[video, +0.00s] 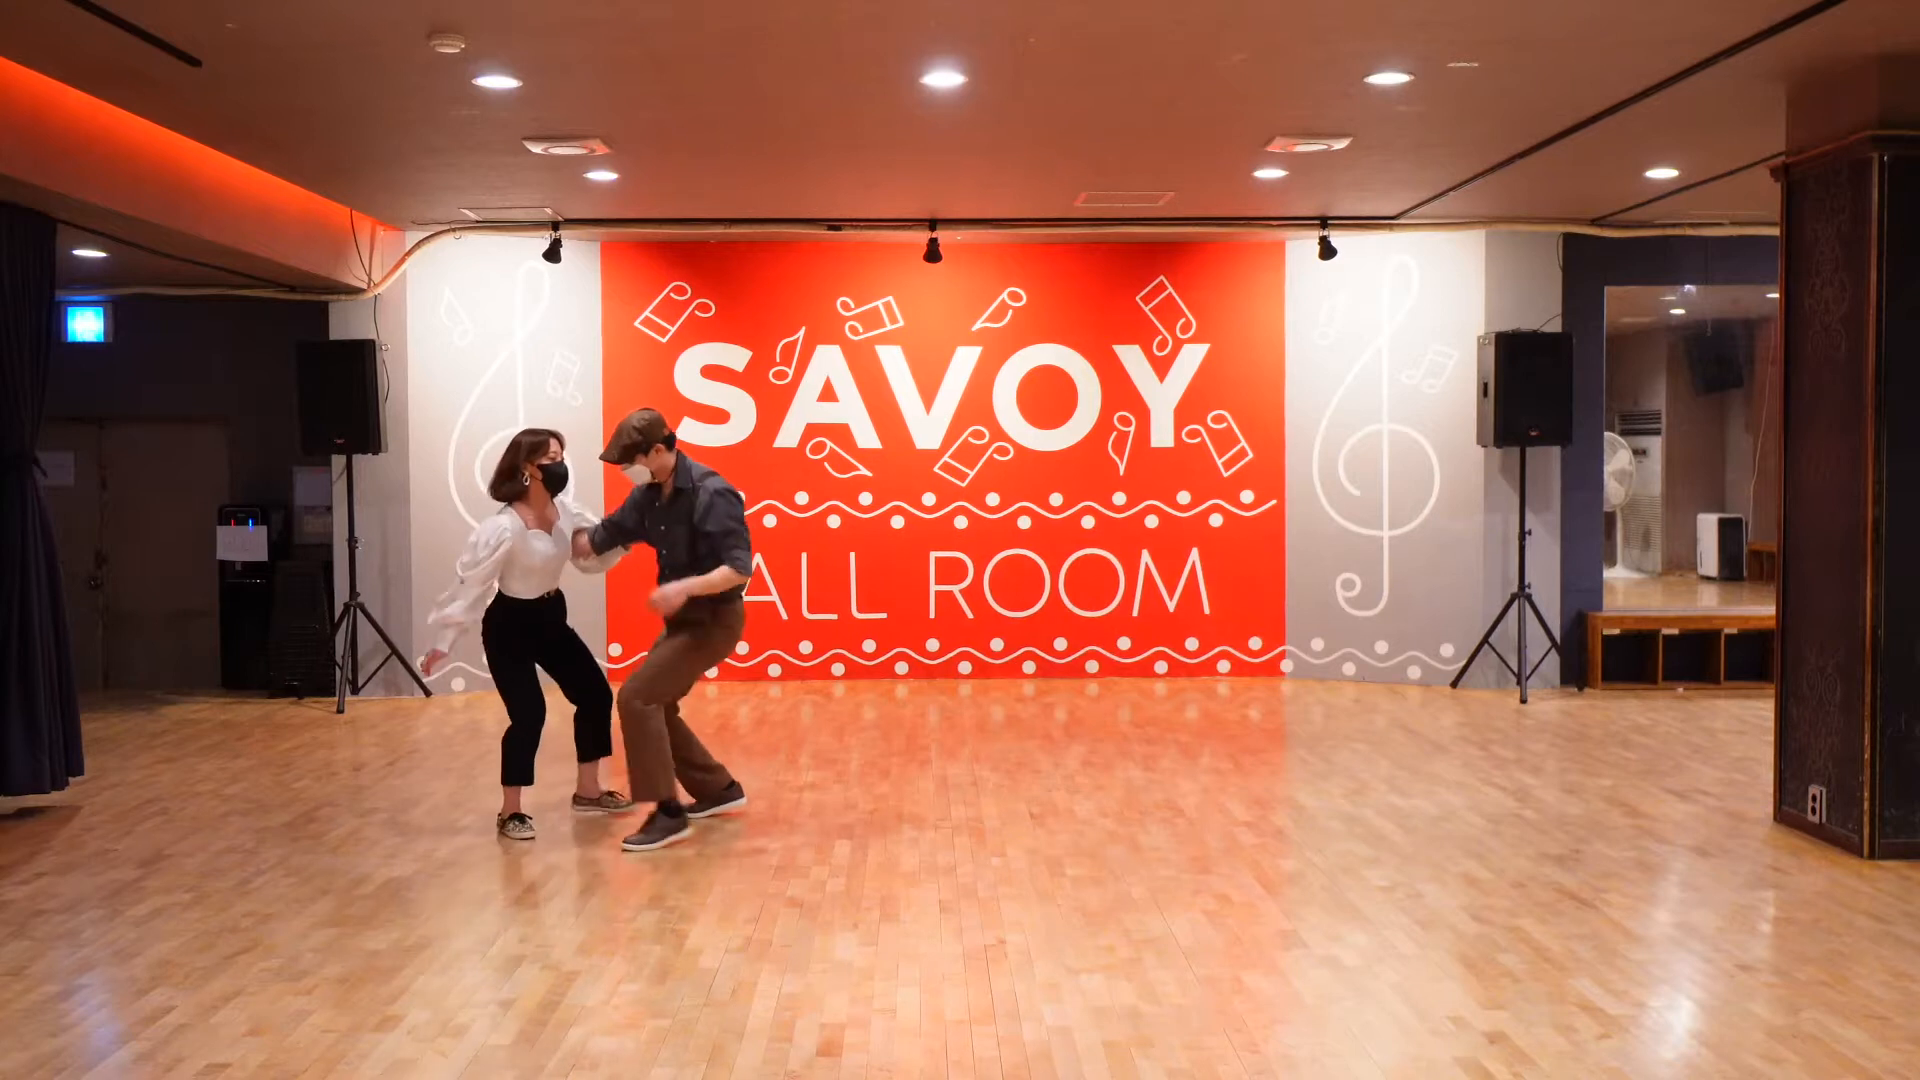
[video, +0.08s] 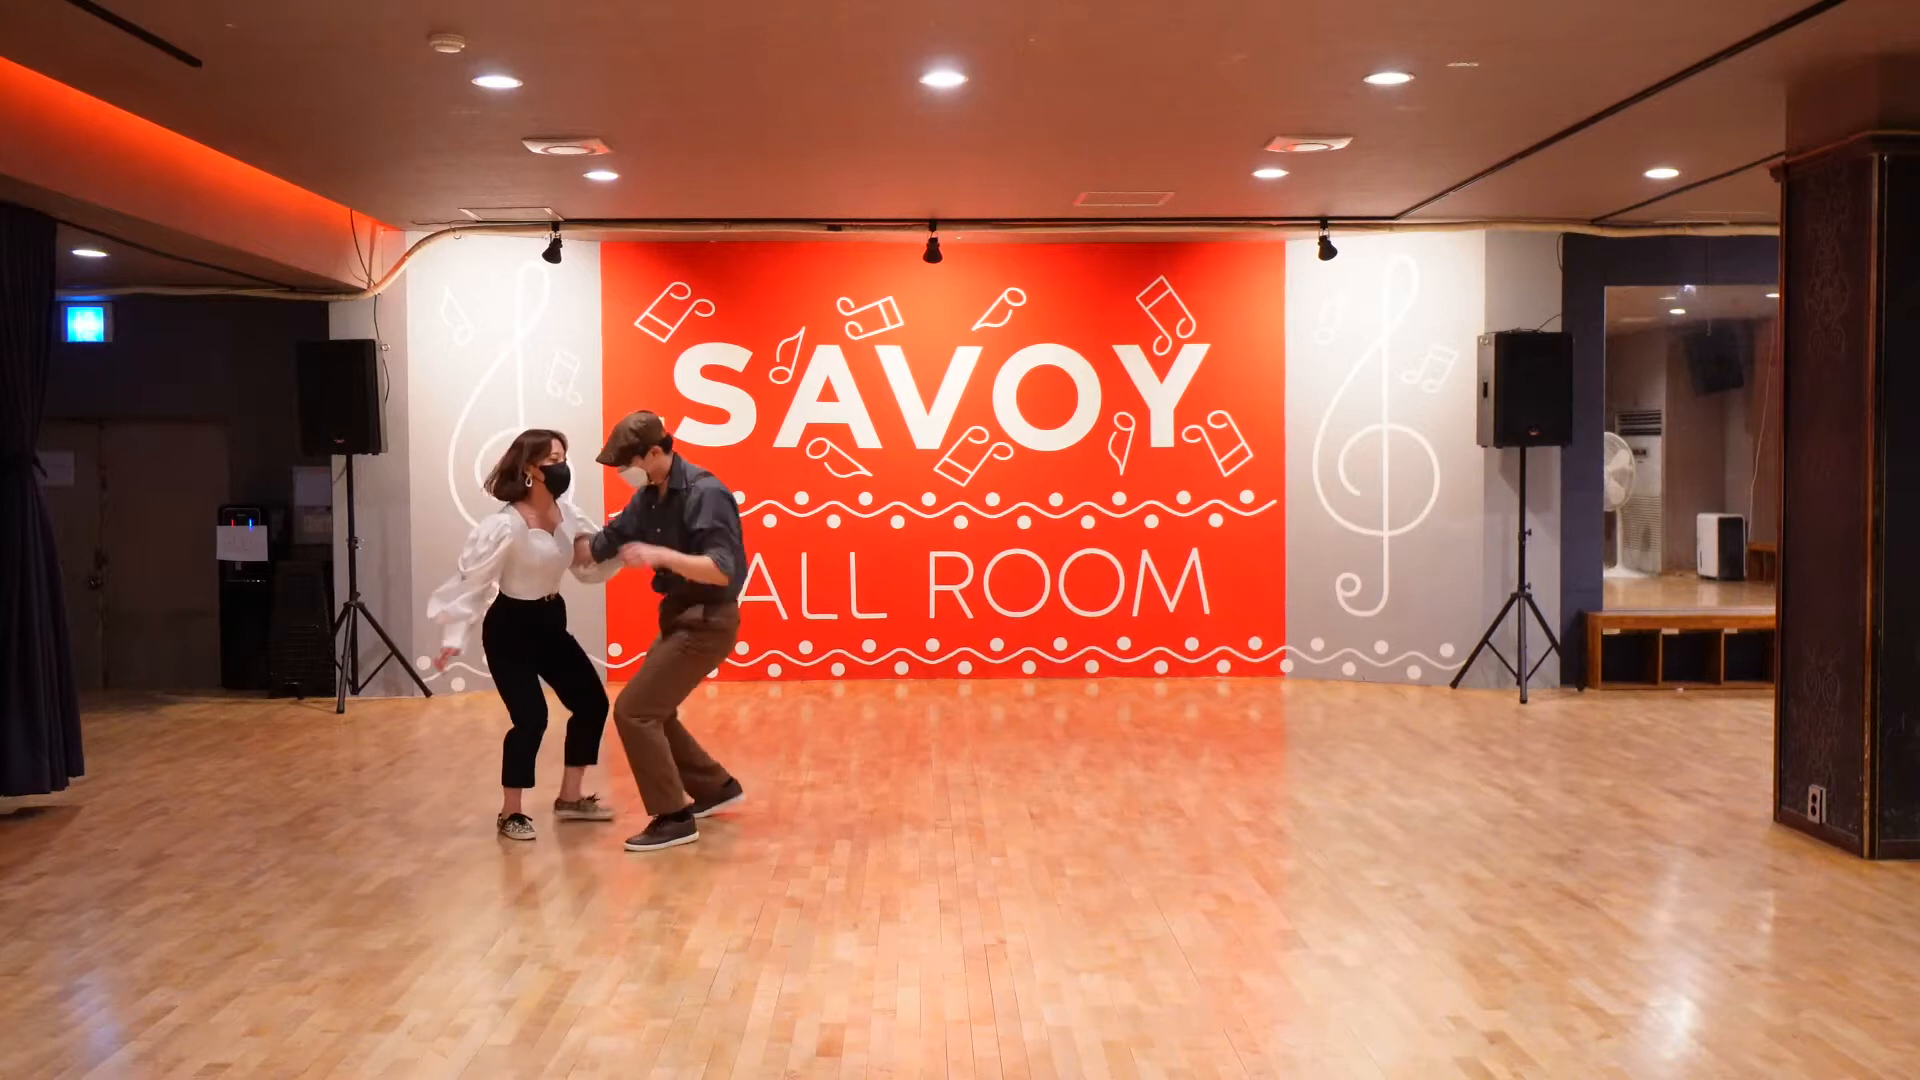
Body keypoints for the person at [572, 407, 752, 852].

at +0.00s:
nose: (629, 471)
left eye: (632, 461)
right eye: (626, 463)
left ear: (659, 450)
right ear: (649, 454)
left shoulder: (712, 493)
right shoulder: (648, 497)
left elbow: (739, 569)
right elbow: (600, 538)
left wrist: (684, 587)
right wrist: (576, 538)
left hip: (716, 617)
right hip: (684, 616)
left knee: (636, 697)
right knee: (654, 706)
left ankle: (669, 810)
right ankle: (717, 787)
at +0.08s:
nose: (629, 473)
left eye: (632, 463)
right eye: (625, 466)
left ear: (656, 452)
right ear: (647, 457)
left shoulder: (706, 492)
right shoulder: (649, 496)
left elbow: (724, 569)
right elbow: (607, 542)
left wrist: (661, 556)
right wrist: (568, 541)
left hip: (709, 623)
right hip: (678, 620)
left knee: (634, 711)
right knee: (650, 711)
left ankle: (674, 816)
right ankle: (714, 784)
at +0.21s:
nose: (626, 468)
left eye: (628, 459)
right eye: (622, 461)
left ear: (651, 448)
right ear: (645, 452)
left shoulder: (697, 483)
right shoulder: (655, 490)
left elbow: (676, 542)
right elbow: (606, 550)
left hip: (703, 617)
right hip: (677, 612)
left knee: (634, 713)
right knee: (620, 685)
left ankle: (671, 820)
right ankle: (675, 783)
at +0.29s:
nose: (626, 466)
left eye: (629, 457)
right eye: (622, 460)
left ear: (652, 443)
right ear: (648, 447)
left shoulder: (690, 476)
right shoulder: (659, 483)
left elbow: (648, 516)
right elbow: (619, 536)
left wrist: (601, 467)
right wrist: (594, 545)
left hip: (704, 609)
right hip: (683, 605)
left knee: (631, 710)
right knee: (621, 677)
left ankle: (672, 820)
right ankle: (627, 785)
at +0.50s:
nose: (627, 465)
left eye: (629, 455)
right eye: (624, 458)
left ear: (654, 446)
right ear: (654, 448)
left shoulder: (684, 479)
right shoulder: (657, 491)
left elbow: (602, 492)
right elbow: (603, 538)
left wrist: (535, 459)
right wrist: (559, 550)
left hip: (699, 613)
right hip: (683, 611)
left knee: (627, 720)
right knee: (618, 713)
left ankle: (671, 822)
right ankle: (575, 807)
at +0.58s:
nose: (627, 465)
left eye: (629, 455)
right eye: (624, 456)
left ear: (653, 446)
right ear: (655, 448)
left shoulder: (680, 483)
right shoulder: (662, 490)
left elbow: (597, 506)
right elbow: (594, 540)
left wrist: (513, 495)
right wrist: (537, 543)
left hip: (703, 618)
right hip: (682, 615)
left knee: (624, 718)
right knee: (609, 690)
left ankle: (673, 822)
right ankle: (594, 798)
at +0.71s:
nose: (620, 460)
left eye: (625, 451)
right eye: (619, 452)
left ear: (649, 449)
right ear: (645, 451)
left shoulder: (682, 494)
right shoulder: (654, 495)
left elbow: (624, 558)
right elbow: (603, 541)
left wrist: (559, 598)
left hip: (700, 628)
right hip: (677, 623)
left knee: (622, 723)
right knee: (611, 700)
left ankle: (671, 822)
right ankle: (673, 791)